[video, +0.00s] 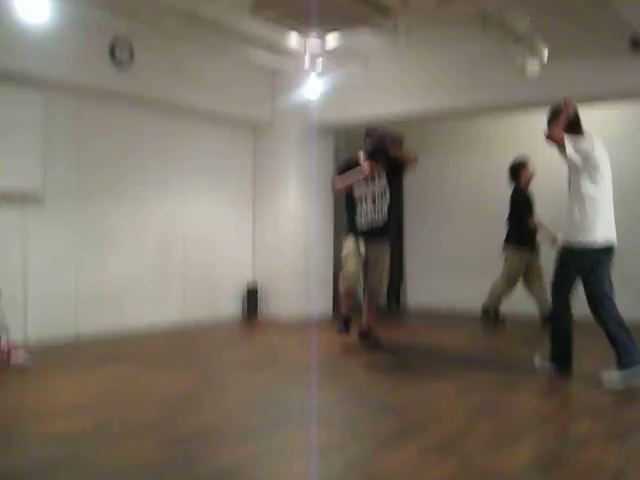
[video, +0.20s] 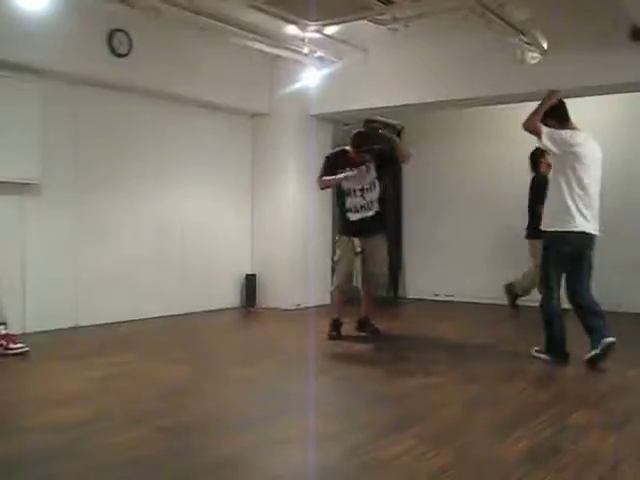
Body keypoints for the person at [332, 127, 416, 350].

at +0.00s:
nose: (373, 168)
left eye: (378, 164)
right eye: (370, 163)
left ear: (384, 159)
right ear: (363, 157)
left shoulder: (390, 168)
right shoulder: (351, 167)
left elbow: (411, 162)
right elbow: (337, 185)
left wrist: (395, 154)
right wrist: (361, 173)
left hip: (380, 235)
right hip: (355, 235)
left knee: (375, 285)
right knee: (350, 276)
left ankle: (367, 328)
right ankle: (346, 315)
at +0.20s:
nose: (363, 159)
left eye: (367, 155)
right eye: (360, 155)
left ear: (373, 151)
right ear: (351, 149)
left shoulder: (378, 158)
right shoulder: (336, 159)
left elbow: (404, 157)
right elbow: (322, 183)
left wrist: (392, 140)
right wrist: (349, 175)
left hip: (373, 228)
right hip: (347, 229)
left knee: (375, 276)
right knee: (342, 278)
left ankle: (365, 319)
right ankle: (336, 321)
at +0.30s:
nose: (353, 157)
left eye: (356, 153)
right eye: (350, 153)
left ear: (360, 148)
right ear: (340, 148)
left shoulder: (367, 156)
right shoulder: (325, 158)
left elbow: (389, 163)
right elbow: (312, 183)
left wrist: (401, 155)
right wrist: (327, 192)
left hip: (365, 223)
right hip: (339, 225)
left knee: (367, 273)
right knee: (336, 275)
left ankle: (360, 318)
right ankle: (331, 321)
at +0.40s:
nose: (347, 154)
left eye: (350, 150)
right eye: (343, 151)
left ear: (354, 146)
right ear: (334, 146)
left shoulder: (361, 156)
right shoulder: (318, 160)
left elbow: (388, 168)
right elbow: (305, 187)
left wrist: (413, 176)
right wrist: (301, 209)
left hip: (362, 227)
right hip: (335, 229)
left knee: (363, 275)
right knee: (332, 277)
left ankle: (358, 319)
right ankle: (329, 321)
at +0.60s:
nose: (345, 150)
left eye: (348, 147)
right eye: (341, 147)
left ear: (352, 143)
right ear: (332, 141)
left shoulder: (360, 157)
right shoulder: (316, 160)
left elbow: (377, 179)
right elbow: (295, 184)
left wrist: (393, 199)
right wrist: (273, 207)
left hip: (359, 227)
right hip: (332, 230)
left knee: (360, 276)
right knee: (330, 280)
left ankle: (357, 319)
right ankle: (329, 323)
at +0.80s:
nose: (350, 148)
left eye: (353, 145)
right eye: (347, 144)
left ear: (356, 141)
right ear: (337, 138)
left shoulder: (356, 153)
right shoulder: (319, 153)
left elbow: (365, 175)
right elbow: (293, 168)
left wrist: (375, 189)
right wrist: (268, 183)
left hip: (356, 223)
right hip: (331, 224)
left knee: (362, 273)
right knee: (330, 274)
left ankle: (354, 318)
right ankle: (328, 323)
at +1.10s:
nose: (360, 147)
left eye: (362, 143)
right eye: (357, 143)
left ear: (361, 141)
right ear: (345, 139)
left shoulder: (363, 157)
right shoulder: (324, 154)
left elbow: (384, 165)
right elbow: (295, 160)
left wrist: (405, 174)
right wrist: (266, 164)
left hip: (357, 226)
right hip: (332, 226)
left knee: (357, 276)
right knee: (332, 277)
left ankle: (351, 321)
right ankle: (328, 325)